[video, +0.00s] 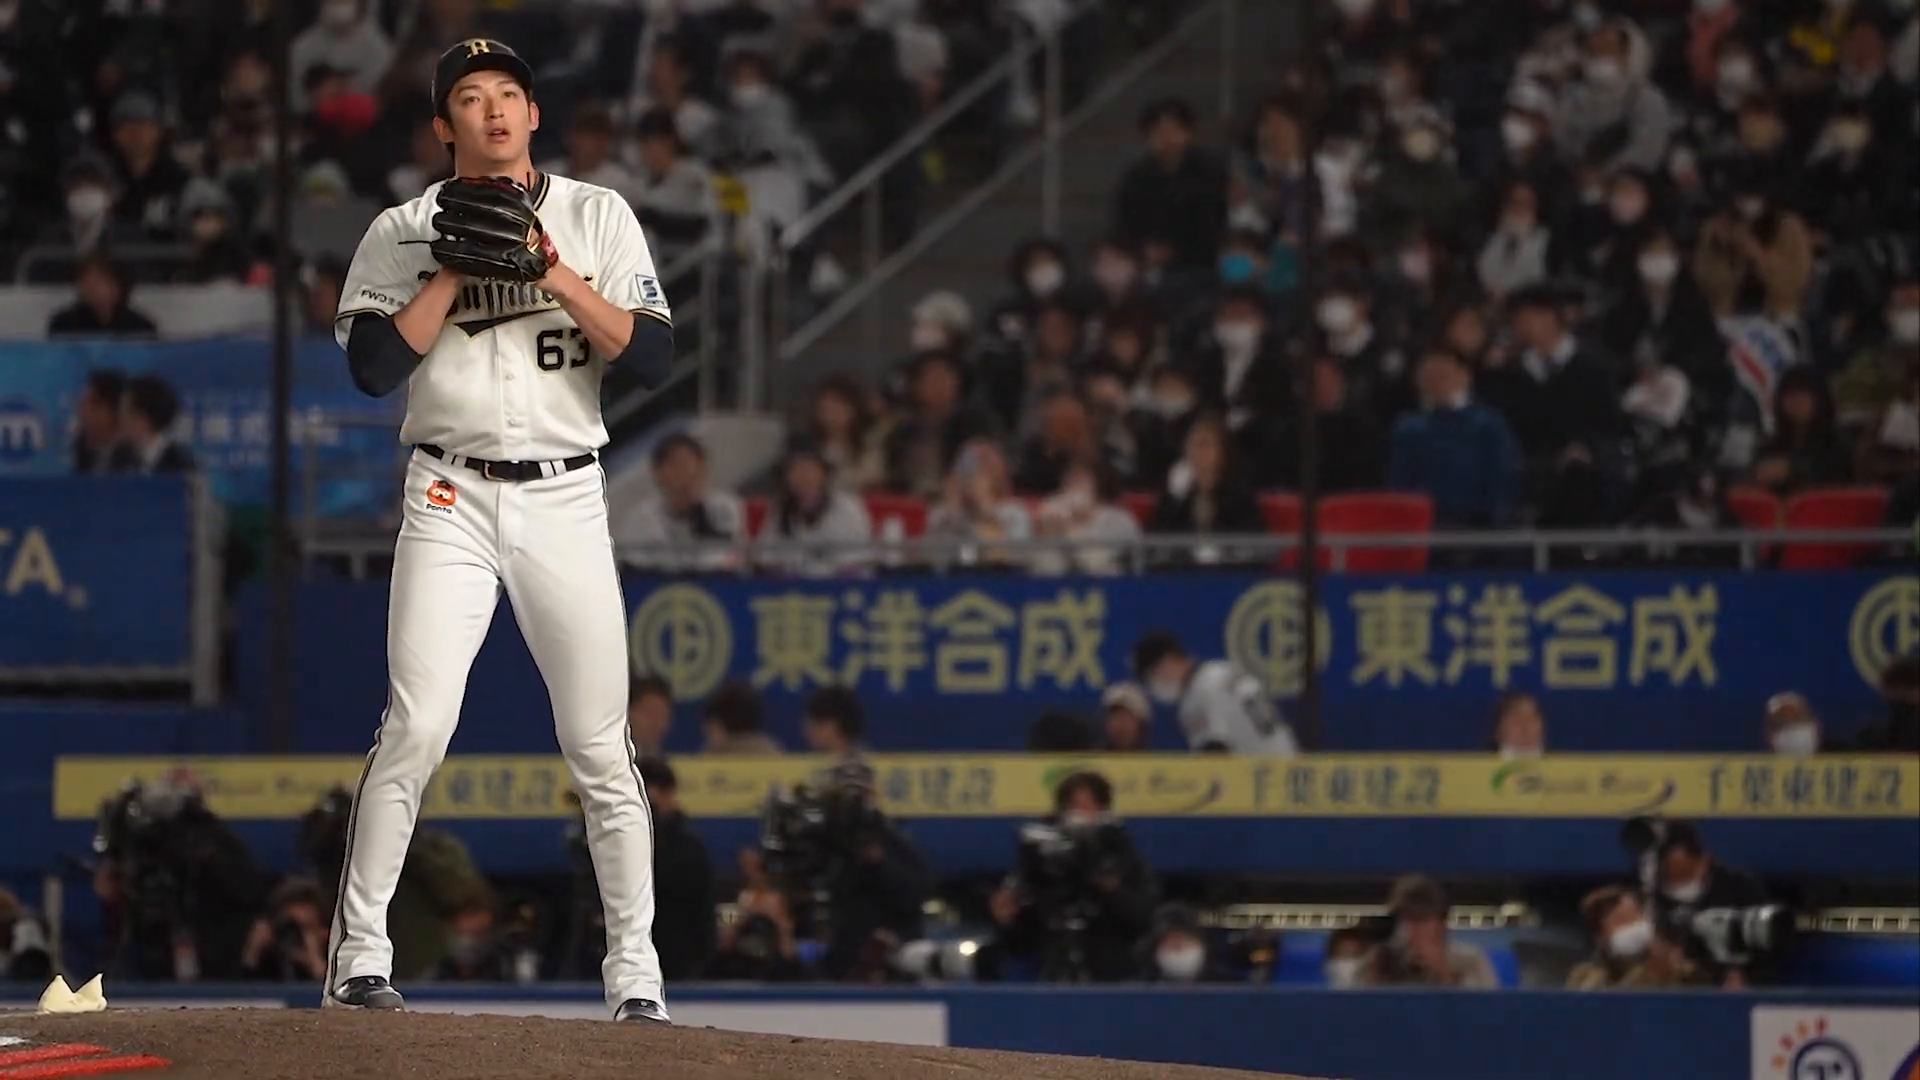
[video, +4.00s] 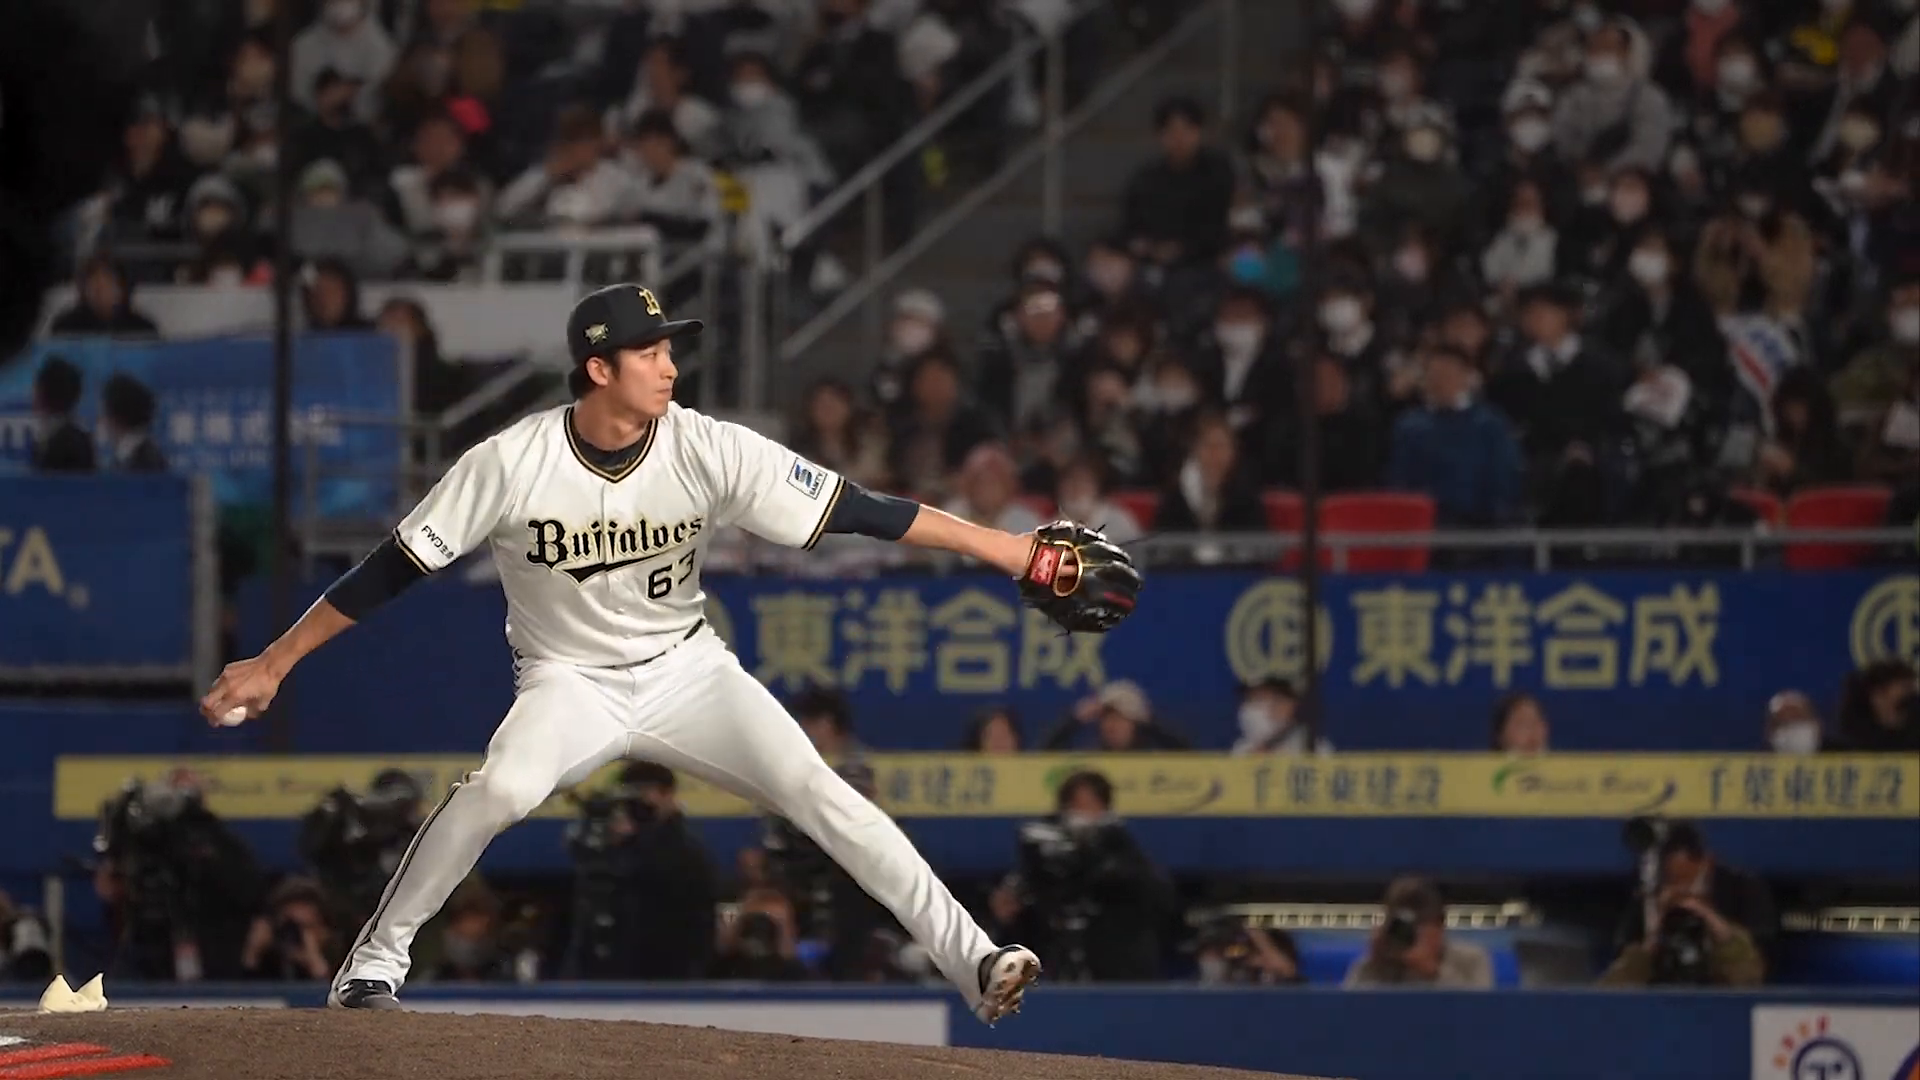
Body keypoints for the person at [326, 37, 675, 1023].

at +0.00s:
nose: (494, 111)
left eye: (507, 97)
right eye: (473, 102)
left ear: (535, 117)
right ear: (445, 131)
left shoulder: (595, 213)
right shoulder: (404, 229)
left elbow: (651, 355)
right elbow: (372, 370)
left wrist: (551, 269)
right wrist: (458, 266)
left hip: (566, 502)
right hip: (448, 498)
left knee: (598, 746)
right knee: (418, 726)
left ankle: (634, 973)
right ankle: (359, 955)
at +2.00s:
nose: (569, 153)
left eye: (583, 137)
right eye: (552, 134)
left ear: (597, 141)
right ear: (506, 132)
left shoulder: (623, 239)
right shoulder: (427, 217)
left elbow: (646, 384)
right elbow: (388, 337)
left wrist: (566, 273)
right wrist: (478, 243)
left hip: (563, 513)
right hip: (443, 503)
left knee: (603, 749)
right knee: (408, 724)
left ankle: (647, 975)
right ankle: (359, 960)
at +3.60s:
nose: (594, 146)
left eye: (596, 130)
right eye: (577, 129)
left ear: (584, 142)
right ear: (520, 137)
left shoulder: (624, 244)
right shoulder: (428, 223)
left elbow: (656, 386)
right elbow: (395, 354)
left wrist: (603, 317)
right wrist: (497, 276)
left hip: (569, 509)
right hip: (449, 503)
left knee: (595, 732)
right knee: (409, 721)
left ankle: (612, 945)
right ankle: (360, 957)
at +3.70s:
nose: (600, 183)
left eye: (600, 168)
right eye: (582, 168)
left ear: (584, 181)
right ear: (526, 180)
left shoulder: (627, 285)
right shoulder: (430, 268)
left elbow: (683, 434)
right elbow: (386, 409)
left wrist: (635, 430)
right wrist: (481, 382)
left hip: (575, 529)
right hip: (458, 529)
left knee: (557, 678)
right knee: (413, 729)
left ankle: (537, 861)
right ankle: (363, 948)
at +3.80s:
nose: (602, 248)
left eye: (602, 232)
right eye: (584, 233)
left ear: (595, 241)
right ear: (530, 245)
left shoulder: (634, 349)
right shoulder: (443, 338)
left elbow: (701, 486)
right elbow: (390, 479)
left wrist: (688, 574)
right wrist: (434, 564)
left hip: (590, 567)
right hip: (474, 570)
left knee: (591, 715)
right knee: (425, 743)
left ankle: (551, 929)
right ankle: (362, 954)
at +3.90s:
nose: (619, 312)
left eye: (618, 295)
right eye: (599, 298)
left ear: (612, 305)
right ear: (546, 312)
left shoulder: (656, 405)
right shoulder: (460, 407)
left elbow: (752, 523)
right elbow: (395, 554)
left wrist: (829, 650)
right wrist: (347, 700)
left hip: (625, 618)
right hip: (505, 629)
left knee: (673, 765)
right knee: (451, 762)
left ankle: (739, 930)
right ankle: (365, 962)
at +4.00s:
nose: (673, 369)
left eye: (673, 353)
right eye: (654, 354)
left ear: (660, 366)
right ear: (594, 367)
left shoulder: (709, 449)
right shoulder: (505, 466)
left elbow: (858, 511)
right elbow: (392, 569)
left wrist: (1006, 548)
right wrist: (275, 662)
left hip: (692, 673)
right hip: (569, 687)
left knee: (815, 789)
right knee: (500, 792)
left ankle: (973, 962)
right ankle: (382, 947)